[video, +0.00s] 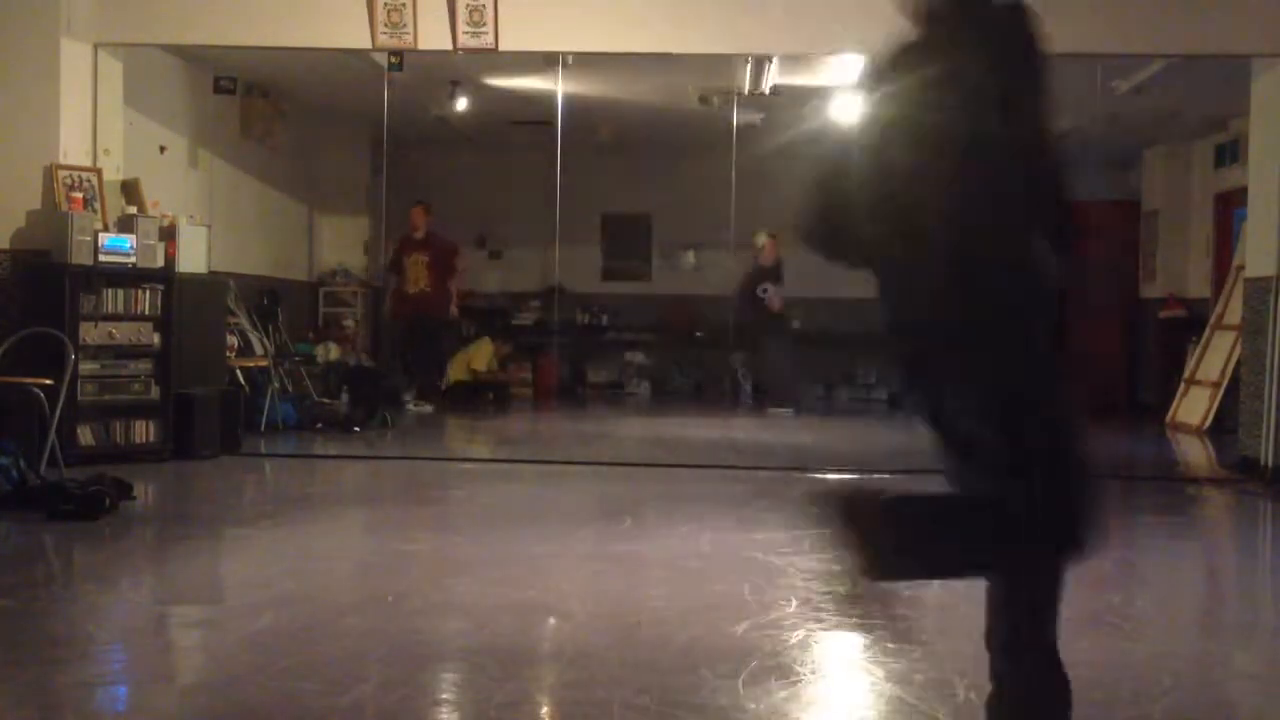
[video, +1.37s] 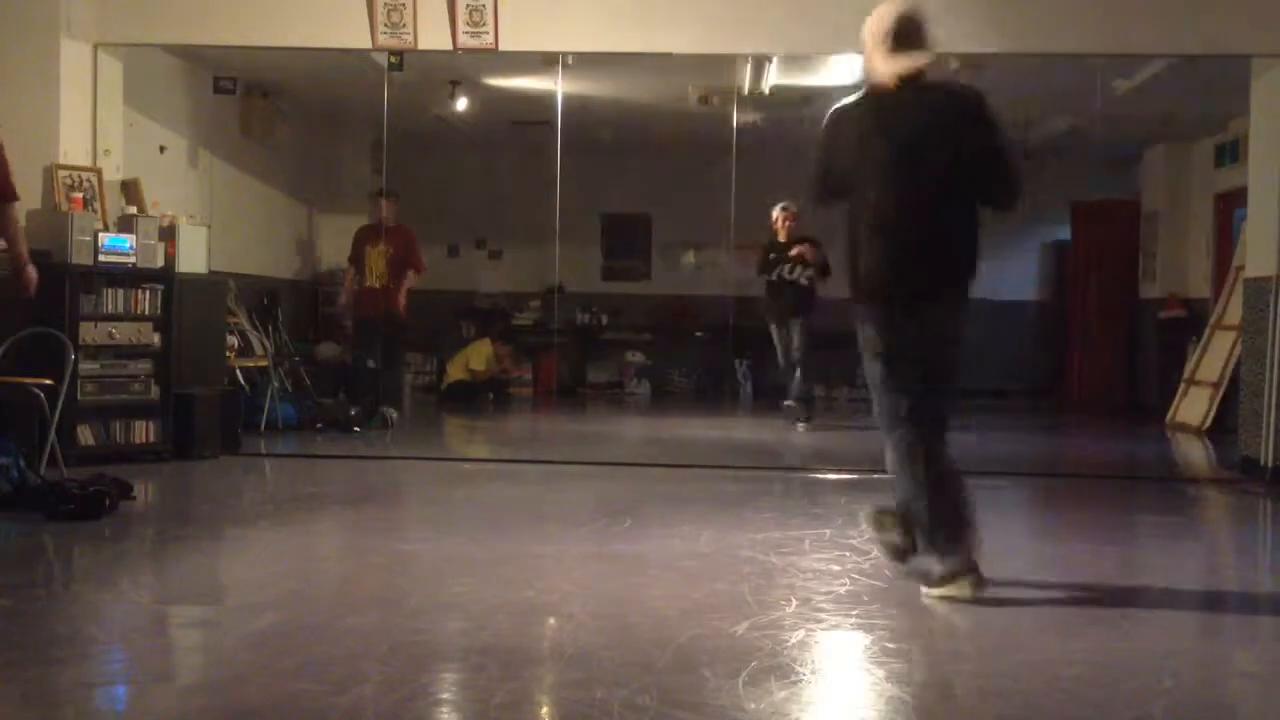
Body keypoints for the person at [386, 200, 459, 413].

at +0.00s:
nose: (414, 220)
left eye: (418, 215)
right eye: (412, 215)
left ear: (427, 218)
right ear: (409, 218)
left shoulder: (443, 245)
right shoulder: (403, 245)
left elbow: (452, 278)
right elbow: (394, 275)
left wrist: (453, 304)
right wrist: (391, 303)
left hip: (433, 310)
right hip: (407, 310)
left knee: (430, 354)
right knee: (408, 352)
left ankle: (429, 397)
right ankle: (412, 392)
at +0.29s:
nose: (402, 220)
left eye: (406, 216)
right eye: (400, 216)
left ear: (417, 217)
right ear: (396, 218)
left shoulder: (426, 243)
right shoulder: (392, 243)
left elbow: (433, 274)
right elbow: (384, 272)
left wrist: (421, 297)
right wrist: (382, 299)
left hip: (416, 308)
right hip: (393, 308)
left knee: (422, 355)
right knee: (391, 354)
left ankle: (424, 396)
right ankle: (392, 397)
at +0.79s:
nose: (388, 215)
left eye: (392, 211)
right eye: (385, 211)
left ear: (401, 212)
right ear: (382, 212)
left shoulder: (413, 239)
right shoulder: (374, 238)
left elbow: (426, 274)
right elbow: (357, 267)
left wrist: (433, 304)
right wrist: (348, 294)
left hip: (402, 308)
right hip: (377, 307)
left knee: (396, 355)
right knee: (381, 355)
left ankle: (394, 402)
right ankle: (385, 401)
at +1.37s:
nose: (382, 209)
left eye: (387, 204)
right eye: (379, 204)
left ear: (395, 207)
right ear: (375, 207)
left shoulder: (405, 235)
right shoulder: (363, 233)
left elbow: (413, 268)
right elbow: (353, 265)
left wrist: (402, 292)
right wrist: (346, 292)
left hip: (391, 307)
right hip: (364, 306)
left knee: (391, 359)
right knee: (362, 357)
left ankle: (390, 406)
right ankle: (364, 405)